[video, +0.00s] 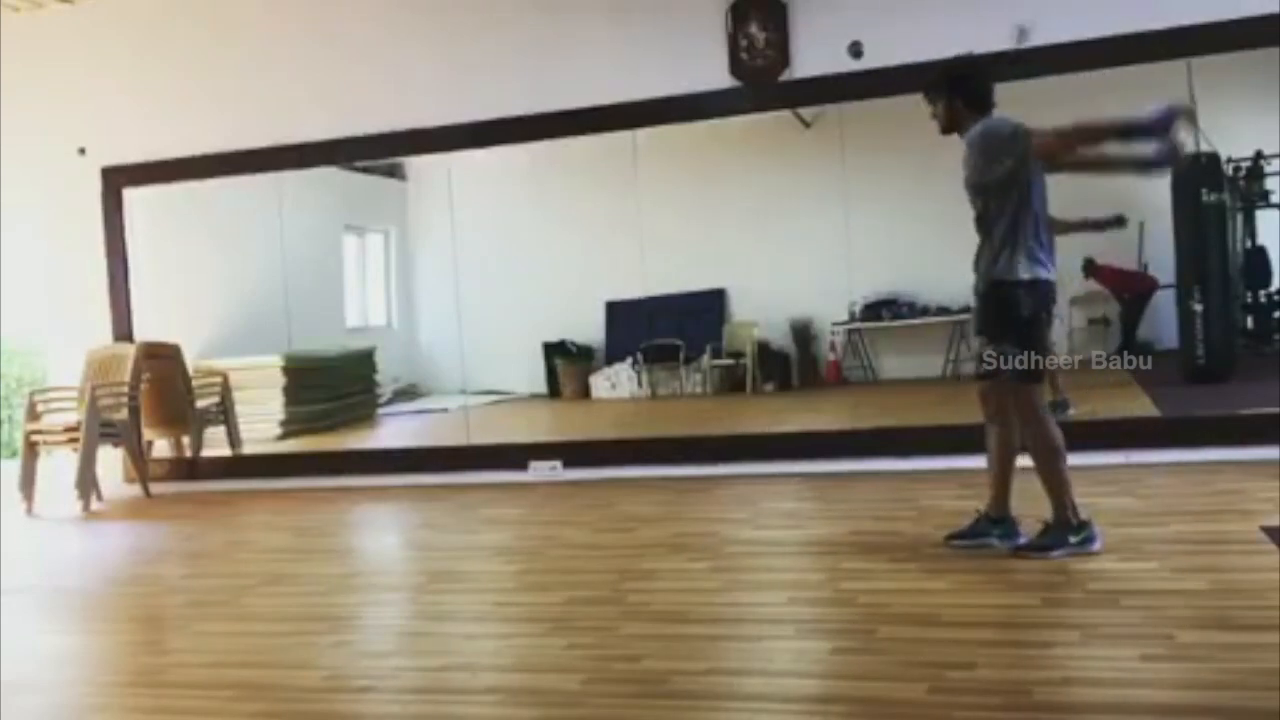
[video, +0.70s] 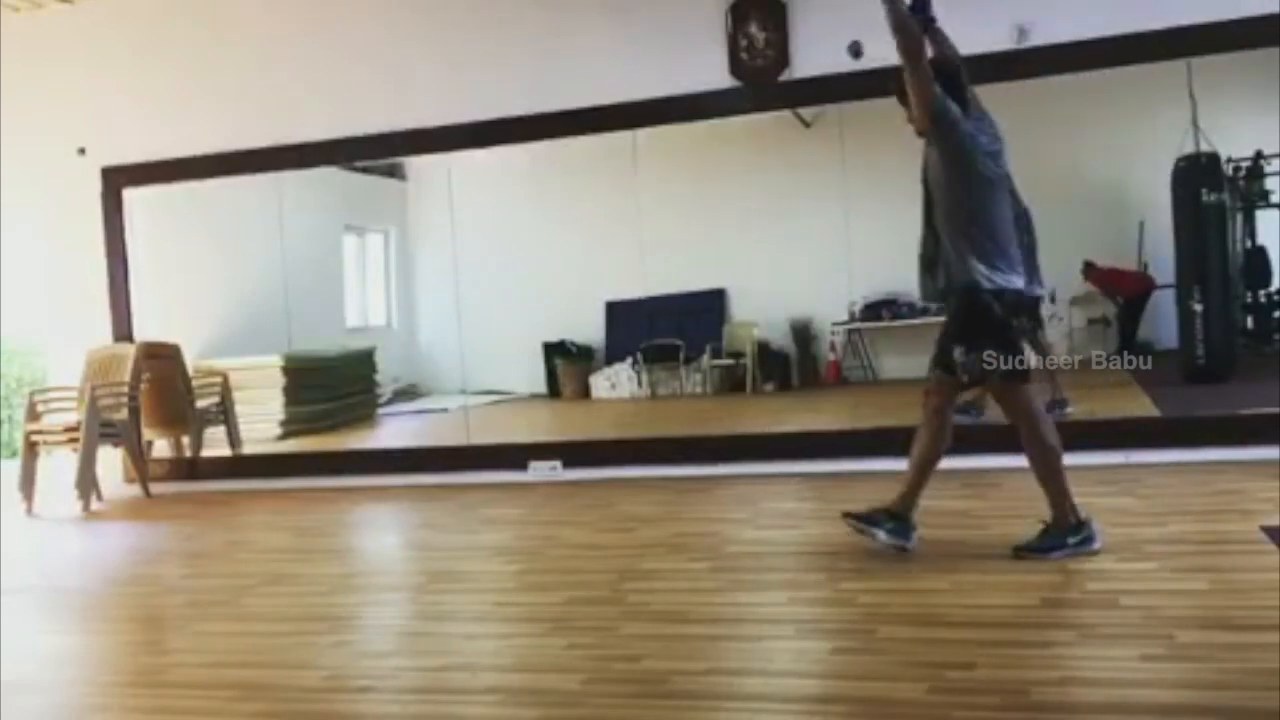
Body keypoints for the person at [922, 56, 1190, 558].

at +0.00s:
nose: (933, 116)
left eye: (935, 104)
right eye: (931, 106)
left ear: (958, 100)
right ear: (967, 99)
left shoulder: (993, 133)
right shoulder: (990, 142)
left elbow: (1064, 138)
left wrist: (1147, 125)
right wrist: (1151, 162)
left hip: (1020, 286)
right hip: (1007, 286)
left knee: (1025, 403)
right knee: (995, 398)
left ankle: (1070, 522)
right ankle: (998, 517)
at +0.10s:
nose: (932, 117)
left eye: (934, 106)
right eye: (930, 107)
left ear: (956, 102)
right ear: (964, 101)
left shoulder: (993, 141)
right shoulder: (985, 147)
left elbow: (1058, 180)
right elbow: (1036, 220)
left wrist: (1127, 202)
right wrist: (1091, 255)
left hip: (1025, 288)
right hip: (1008, 288)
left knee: (1033, 401)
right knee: (996, 397)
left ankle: (1071, 522)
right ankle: (998, 516)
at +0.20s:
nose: (948, 112)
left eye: (952, 101)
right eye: (946, 102)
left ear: (977, 100)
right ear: (988, 101)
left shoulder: (1006, 151)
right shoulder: (1013, 146)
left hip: (1027, 302)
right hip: (1013, 300)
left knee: (1039, 404)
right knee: (992, 398)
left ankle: (1072, 522)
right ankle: (998, 515)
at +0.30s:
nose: (957, 114)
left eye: (960, 102)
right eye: (956, 103)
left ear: (985, 100)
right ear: (994, 100)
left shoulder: (1007, 156)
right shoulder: (1025, 148)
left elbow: (960, 237)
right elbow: (967, 234)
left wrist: (900, 285)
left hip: (1024, 301)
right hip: (1021, 298)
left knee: (1039, 401)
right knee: (983, 395)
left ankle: (1071, 523)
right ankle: (996, 516)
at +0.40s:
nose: (960, 113)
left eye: (964, 102)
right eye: (959, 103)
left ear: (990, 99)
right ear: (1002, 99)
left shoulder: (1010, 149)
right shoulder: (1023, 144)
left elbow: (927, 176)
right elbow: (1028, 233)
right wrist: (974, 237)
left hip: (1027, 301)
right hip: (1005, 300)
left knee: (1040, 402)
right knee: (968, 393)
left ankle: (1071, 523)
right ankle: (987, 513)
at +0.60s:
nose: (931, 103)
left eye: (934, 90)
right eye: (930, 90)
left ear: (951, 91)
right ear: (982, 88)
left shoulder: (978, 133)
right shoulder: (1000, 137)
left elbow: (916, 65)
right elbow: (936, 67)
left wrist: (876, 9)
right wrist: (911, 25)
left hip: (1007, 292)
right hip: (999, 292)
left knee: (1033, 405)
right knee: (956, 396)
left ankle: (1069, 522)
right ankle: (934, 511)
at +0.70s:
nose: (908, 119)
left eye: (908, 107)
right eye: (905, 110)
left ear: (930, 98)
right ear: (950, 95)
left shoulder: (952, 132)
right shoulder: (981, 131)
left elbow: (913, 54)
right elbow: (955, 71)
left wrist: (895, 8)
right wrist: (929, 23)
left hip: (986, 292)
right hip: (992, 289)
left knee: (1020, 406)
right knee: (938, 398)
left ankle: (1068, 522)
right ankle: (901, 512)